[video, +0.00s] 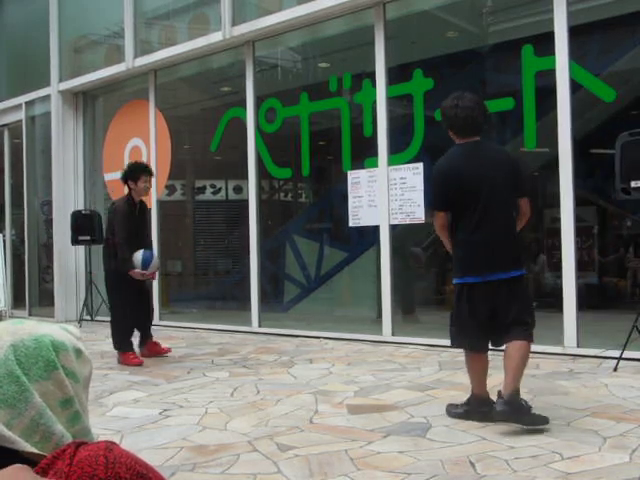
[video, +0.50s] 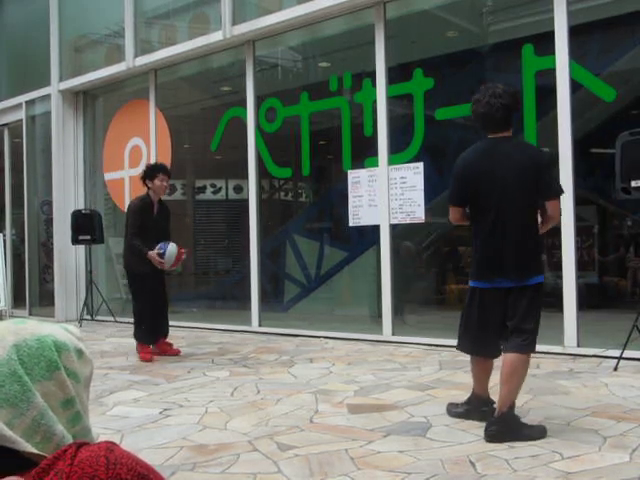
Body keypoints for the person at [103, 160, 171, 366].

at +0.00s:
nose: (148, 185)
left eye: (149, 181)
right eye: (144, 181)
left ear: (150, 183)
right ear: (131, 184)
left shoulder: (143, 208)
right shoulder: (119, 208)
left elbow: (146, 239)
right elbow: (119, 241)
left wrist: (150, 265)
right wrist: (129, 267)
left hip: (138, 264)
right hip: (118, 266)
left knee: (144, 303)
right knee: (122, 307)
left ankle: (146, 341)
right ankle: (124, 350)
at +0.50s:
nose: (165, 185)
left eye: (167, 182)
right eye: (161, 181)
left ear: (168, 184)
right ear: (148, 182)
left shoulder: (163, 208)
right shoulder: (137, 206)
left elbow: (164, 238)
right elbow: (132, 238)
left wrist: (175, 253)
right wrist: (148, 253)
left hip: (156, 260)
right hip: (137, 261)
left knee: (160, 300)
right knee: (143, 301)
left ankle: (160, 340)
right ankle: (143, 343)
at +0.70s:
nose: (163, 184)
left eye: (165, 181)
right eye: (159, 180)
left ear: (166, 182)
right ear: (146, 180)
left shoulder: (163, 206)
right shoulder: (135, 203)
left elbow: (175, 228)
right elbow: (138, 230)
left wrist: (192, 237)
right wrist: (163, 234)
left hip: (153, 259)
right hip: (136, 260)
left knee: (160, 299)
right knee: (150, 299)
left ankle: (160, 338)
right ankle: (153, 341)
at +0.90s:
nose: (161, 185)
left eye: (163, 181)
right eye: (157, 181)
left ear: (166, 183)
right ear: (145, 182)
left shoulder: (160, 206)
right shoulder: (136, 203)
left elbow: (161, 231)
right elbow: (142, 225)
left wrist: (178, 231)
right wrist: (168, 229)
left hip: (153, 261)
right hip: (135, 262)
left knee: (158, 301)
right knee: (147, 302)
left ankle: (158, 341)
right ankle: (148, 344)